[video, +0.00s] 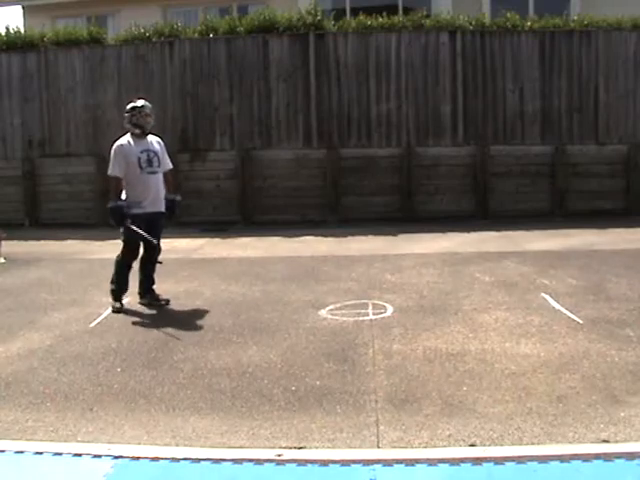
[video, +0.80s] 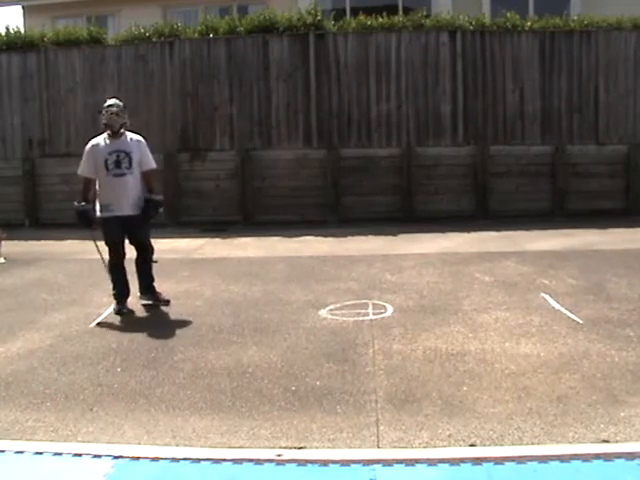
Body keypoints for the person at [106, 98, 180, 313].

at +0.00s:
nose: (145, 120)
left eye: (148, 115)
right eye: (140, 116)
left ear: (152, 118)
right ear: (130, 119)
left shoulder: (156, 142)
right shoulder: (121, 146)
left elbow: (167, 171)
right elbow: (116, 179)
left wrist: (171, 196)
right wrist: (115, 204)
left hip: (156, 207)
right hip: (133, 208)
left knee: (152, 252)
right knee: (130, 251)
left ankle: (147, 291)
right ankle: (117, 294)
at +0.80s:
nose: (113, 118)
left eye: (117, 114)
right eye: (109, 114)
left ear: (125, 117)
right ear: (103, 118)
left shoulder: (137, 142)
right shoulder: (94, 147)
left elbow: (148, 172)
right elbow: (88, 180)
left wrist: (153, 197)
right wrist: (85, 207)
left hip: (136, 209)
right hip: (109, 212)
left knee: (145, 250)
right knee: (116, 257)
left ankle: (148, 290)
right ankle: (120, 298)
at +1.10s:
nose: (111, 120)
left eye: (114, 115)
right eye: (106, 116)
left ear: (121, 117)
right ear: (99, 119)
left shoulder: (133, 141)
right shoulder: (90, 148)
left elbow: (146, 170)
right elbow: (85, 180)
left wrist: (150, 194)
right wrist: (83, 206)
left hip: (132, 210)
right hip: (107, 212)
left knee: (142, 251)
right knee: (115, 257)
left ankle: (145, 293)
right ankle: (120, 298)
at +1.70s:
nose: (111, 121)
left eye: (114, 116)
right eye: (106, 116)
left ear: (120, 118)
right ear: (97, 119)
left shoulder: (130, 143)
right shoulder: (88, 148)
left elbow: (141, 173)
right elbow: (83, 180)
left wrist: (149, 197)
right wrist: (84, 203)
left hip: (131, 209)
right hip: (105, 212)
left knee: (141, 252)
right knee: (114, 258)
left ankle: (147, 292)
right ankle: (120, 298)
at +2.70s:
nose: (122, 140)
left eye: (125, 135)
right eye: (117, 136)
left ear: (129, 131)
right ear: (109, 133)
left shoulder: (138, 143)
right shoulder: (98, 150)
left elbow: (147, 172)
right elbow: (92, 180)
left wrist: (152, 196)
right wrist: (94, 196)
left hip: (136, 210)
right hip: (113, 212)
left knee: (141, 249)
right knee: (119, 254)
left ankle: (134, 286)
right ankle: (121, 298)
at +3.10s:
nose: (135, 141)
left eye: (139, 136)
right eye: (132, 136)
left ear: (143, 134)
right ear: (124, 132)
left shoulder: (147, 145)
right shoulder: (109, 148)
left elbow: (155, 172)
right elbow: (100, 178)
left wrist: (157, 195)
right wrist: (104, 195)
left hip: (141, 207)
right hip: (119, 208)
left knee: (137, 249)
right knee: (122, 251)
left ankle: (134, 287)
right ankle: (121, 293)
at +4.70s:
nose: (140, 126)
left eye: (142, 122)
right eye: (137, 121)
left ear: (141, 122)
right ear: (125, 120)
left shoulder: (137, 143)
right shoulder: (112, 146)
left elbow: (154, 162)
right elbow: (123, 176)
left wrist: (177, 159)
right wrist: (151, 178)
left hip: (142, 211)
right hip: (124, 213)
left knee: (147, 250)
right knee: (132, 254)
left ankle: (144, 292)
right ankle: (131, 300)